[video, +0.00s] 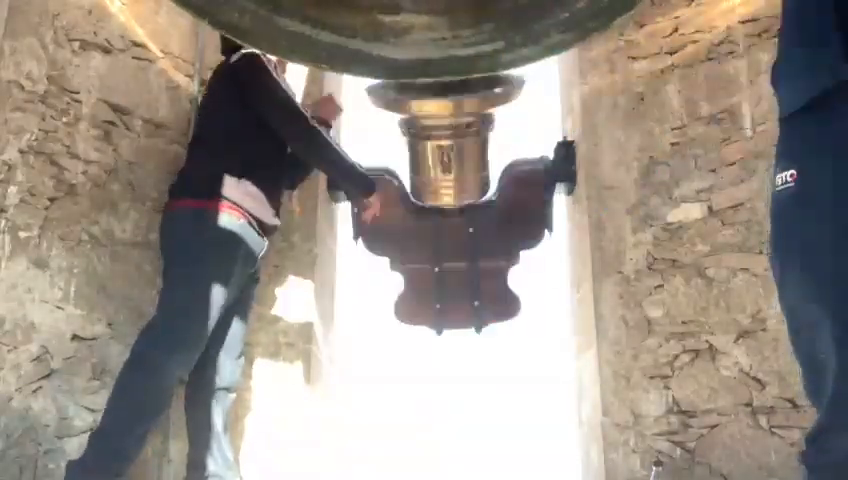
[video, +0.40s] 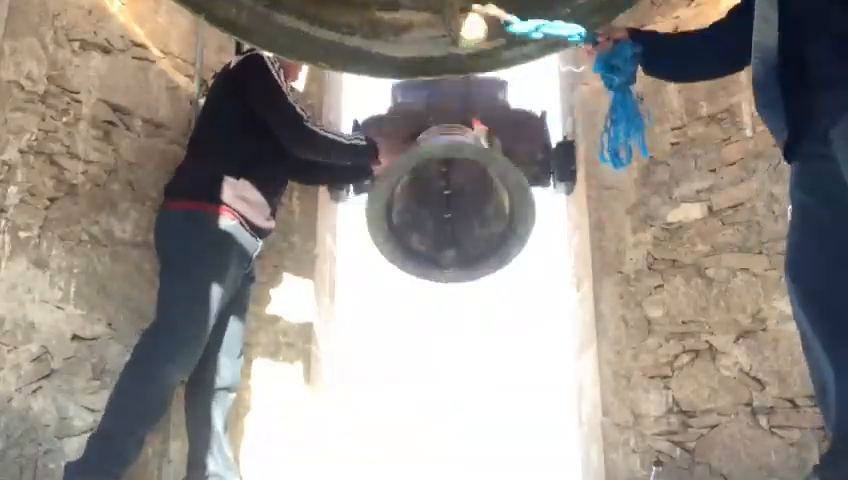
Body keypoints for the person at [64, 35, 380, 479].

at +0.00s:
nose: (285, 62)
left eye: (288, 56)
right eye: (280, 51)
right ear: (260, 45)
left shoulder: (271, 102)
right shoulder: (247, 66)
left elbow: (283, 179)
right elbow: (298, 129)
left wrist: (317, 129)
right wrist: (362, 185)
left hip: (247, 240)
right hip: (214, 221)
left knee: (219, 381)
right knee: (173, 351)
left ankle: (215, 473)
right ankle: (95, 470)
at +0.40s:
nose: (300, 67)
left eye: (304, 60)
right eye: (296, 55)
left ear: (299, 68)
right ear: (277, 49)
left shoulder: (273, 108)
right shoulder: (254, 67)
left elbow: (302, 168)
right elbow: (299, 138)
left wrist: (369, 168)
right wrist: (372, 150)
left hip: (243, 244)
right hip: (208, 223)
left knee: (220, 379)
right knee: (176, 349)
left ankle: (214, 473)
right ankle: (94, 470)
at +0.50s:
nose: (299, 67)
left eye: (301, 63)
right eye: (296, 57)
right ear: (278, 51)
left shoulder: (269, 121)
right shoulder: (251, 67)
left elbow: (311, 180)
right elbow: (319, 117)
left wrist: (375, 212)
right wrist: (375, 109)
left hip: (235, 244)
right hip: (203, 222)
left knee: (216, 378)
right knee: (170, 351)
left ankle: (213, 473)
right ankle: (93, 471)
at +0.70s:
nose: (296, 57)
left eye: (300, 50)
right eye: (291, 48)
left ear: (285, 60)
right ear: (272, 47)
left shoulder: (275, 110)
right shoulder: (244, 73)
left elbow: (303, 178)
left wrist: (353, 234)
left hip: (237, 241)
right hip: (204, 224)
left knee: (215, 383)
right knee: (163, 360)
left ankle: (213, 472)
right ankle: (93, 471)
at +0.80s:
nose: (308, 73)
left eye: (311, 67)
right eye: (304, 63)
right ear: (282, 47)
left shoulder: (273, 111)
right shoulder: (240, 64)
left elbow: (281, 186)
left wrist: (309, 254)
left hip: (237, 242)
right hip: (205, 221)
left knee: (215, 380)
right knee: (170, 354)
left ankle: (213, 472)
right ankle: (97, 470)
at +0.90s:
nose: (298, 73)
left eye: (303, 66)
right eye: (296, 60)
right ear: (274, 49)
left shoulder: (268, 105)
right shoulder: (244, 71)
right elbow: (297, 126)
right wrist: (365, 116)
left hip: (239, 242)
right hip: (207, 223)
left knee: (218, 383)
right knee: (171, 352)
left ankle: (216, 473)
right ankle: (101, 469)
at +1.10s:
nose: (291, 64)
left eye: (294, 58)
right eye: (288, 54)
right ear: (268, 47)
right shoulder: (250, 72)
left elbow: (260, 181)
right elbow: (311, 130)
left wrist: (299, 196)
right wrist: (373, 190)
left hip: (239, 242)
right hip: (206, 224)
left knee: (216, 383)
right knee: (162, 354)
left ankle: (215, 473)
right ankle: (96, 470)